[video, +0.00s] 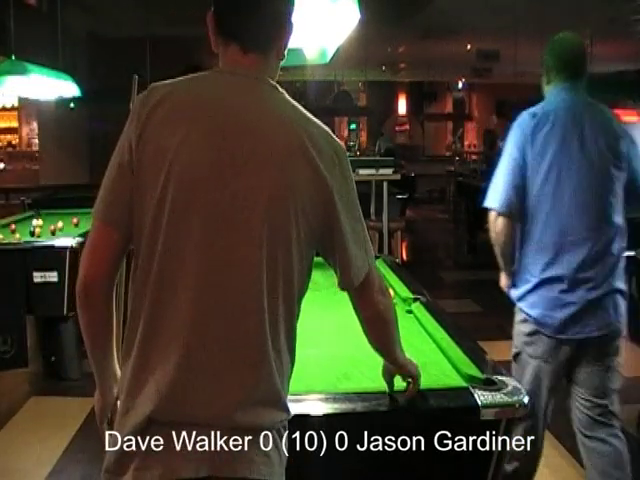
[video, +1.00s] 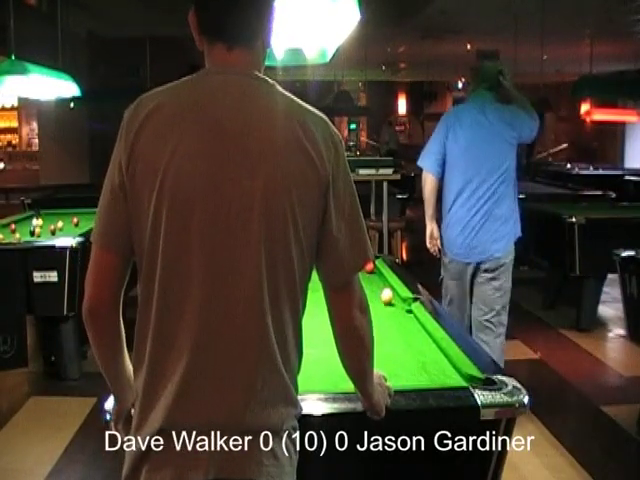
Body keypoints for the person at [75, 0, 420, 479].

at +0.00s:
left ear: (212, 29)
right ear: (286, 39)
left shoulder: (154, 109)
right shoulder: (317, 145)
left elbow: (92, 278)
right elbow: (367, 287)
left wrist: (106, 384)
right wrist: (394, 357)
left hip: (146, 421)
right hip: (254, 425)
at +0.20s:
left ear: (213, 26)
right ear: (286, 37)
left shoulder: (157, 108)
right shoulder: (318, 144)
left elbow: (97, 278)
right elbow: (364, 286)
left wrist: (109, 384)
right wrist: (392, 362)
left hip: (153, 416)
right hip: (258, 419)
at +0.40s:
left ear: (209, 26)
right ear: (281, 36)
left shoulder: (155, 110)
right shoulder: (318, 140)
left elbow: (99, 285)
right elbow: (358, 292)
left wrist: (114, 384)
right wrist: (386, 371)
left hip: (154, 418)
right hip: (260, 420)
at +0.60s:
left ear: (204, 25)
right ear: (274, 31)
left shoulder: (152, 113)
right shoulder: (316, 136)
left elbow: (99, 291)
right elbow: (350, 290)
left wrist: (121, 387)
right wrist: (379, 385)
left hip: (157, 419)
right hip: (262, 421)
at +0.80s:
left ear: (198, 22)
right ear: (270, 29)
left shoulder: (148, 116)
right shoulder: (315, 134)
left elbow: (98, 297)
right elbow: (350, 303)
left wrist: (125, 391)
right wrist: (372, 390)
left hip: (159, 423)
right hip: (264, 425)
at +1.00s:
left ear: (194, 24)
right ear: (268, 30)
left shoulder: (145, 118)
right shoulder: (314, 133)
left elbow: (97, 300)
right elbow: (348, 302)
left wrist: (125, 393)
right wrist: (369, 387)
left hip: (160, 424)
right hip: (264, 427)